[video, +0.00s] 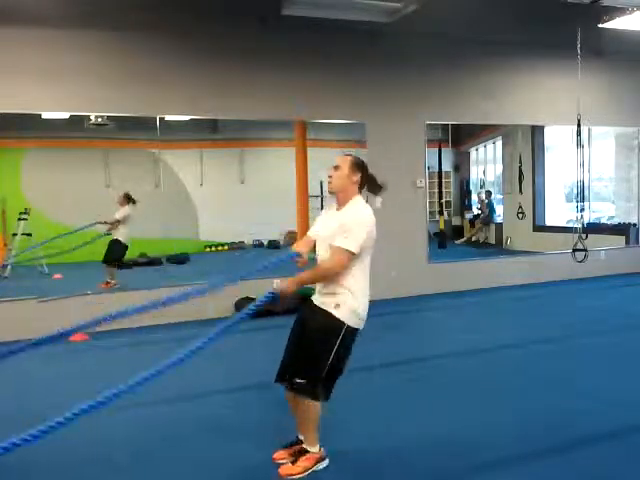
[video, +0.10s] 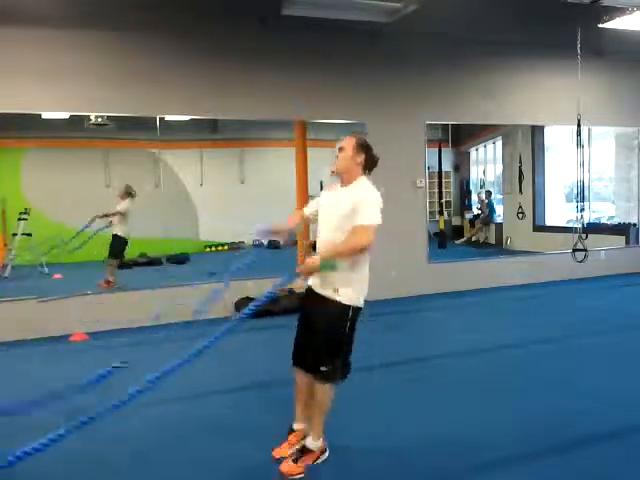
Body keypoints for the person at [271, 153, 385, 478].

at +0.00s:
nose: (329, 174)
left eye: (337, 169)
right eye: (331, 169)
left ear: (355, 178)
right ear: (347, 179)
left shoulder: (361, 216)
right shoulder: (331, 212)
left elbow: (336, 265)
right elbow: (307, 241)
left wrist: (294, 282)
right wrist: (300, 249)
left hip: (343, 309)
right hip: (320, 302)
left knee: (308, 382)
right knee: (292, 377)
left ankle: (313, 451)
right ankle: (305, 441)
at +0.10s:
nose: (335, 155)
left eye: (342, 150)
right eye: (336, 150)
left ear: (360, 159)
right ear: (345, 158)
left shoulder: (368, 196)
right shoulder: (329, 193)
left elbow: (363, 240)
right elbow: (301, 217)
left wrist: (321, 257)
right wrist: (277, 228)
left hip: (343, 297)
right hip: (317, 290)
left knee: (324, 374)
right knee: (302, 366)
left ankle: (316, 443)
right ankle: (300, 430)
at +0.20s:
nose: (333, 146)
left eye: (340, 141)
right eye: (333, 141)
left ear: (359, 149)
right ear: (339, 149)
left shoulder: (369, 177)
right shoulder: (328, 179)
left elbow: (377, 209)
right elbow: (294, 194)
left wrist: (332, 220)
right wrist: (255, 196)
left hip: (348, 284)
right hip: (318, 277)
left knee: (339, 363)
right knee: (302, 347)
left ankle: (338, 443)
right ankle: (295, 412)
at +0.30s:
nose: (319, 157)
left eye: (325, 151)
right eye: (320, 151)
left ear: (345, 157)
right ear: (328, 158)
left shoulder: (362, 188)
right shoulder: (321, 187)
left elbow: (377, 219)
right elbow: (298, 209)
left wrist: (367, 224)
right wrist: (265, 216)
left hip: (351, 295)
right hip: (319, 289)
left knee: (355, 377)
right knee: (296, 351)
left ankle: (367, 458)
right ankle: (283, 407)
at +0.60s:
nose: (311, 155)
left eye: (317, 150)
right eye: (312, 149)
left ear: (338, 156)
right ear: (325, 156)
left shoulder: (353, 186)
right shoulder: (316, 190)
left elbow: (359, 213)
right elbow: (288, 211)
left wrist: (322, 221)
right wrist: (248, 211)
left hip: (339, 290)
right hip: (309, 287)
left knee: (335, 370)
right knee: (291, 355)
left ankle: (350, 447)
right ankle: (288, 409)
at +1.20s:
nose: (314, 156)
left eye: (320, 151)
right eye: (315, 151)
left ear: (340, 156)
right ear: (329, 156)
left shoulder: (356, 186)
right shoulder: (320, 185)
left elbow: (375, 207)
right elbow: (308, 208)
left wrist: (373, 211)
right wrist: (278, 210)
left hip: (344, 293)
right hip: (315, 287)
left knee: (346, 372)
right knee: (299, 352)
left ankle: (360, 455)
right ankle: (291, 406)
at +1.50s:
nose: (321, 155)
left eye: (327, 148)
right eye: (322, 149)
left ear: (347, 154)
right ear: (332, 156)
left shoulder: (357, 188)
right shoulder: (321, 189)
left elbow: (365, 216)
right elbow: (307, 226)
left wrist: (322, 215)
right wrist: (273, 222)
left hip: (339, 289)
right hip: (311, 284)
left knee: (335, 367)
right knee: (298, 355)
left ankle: (350, 443)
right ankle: (296, 403)